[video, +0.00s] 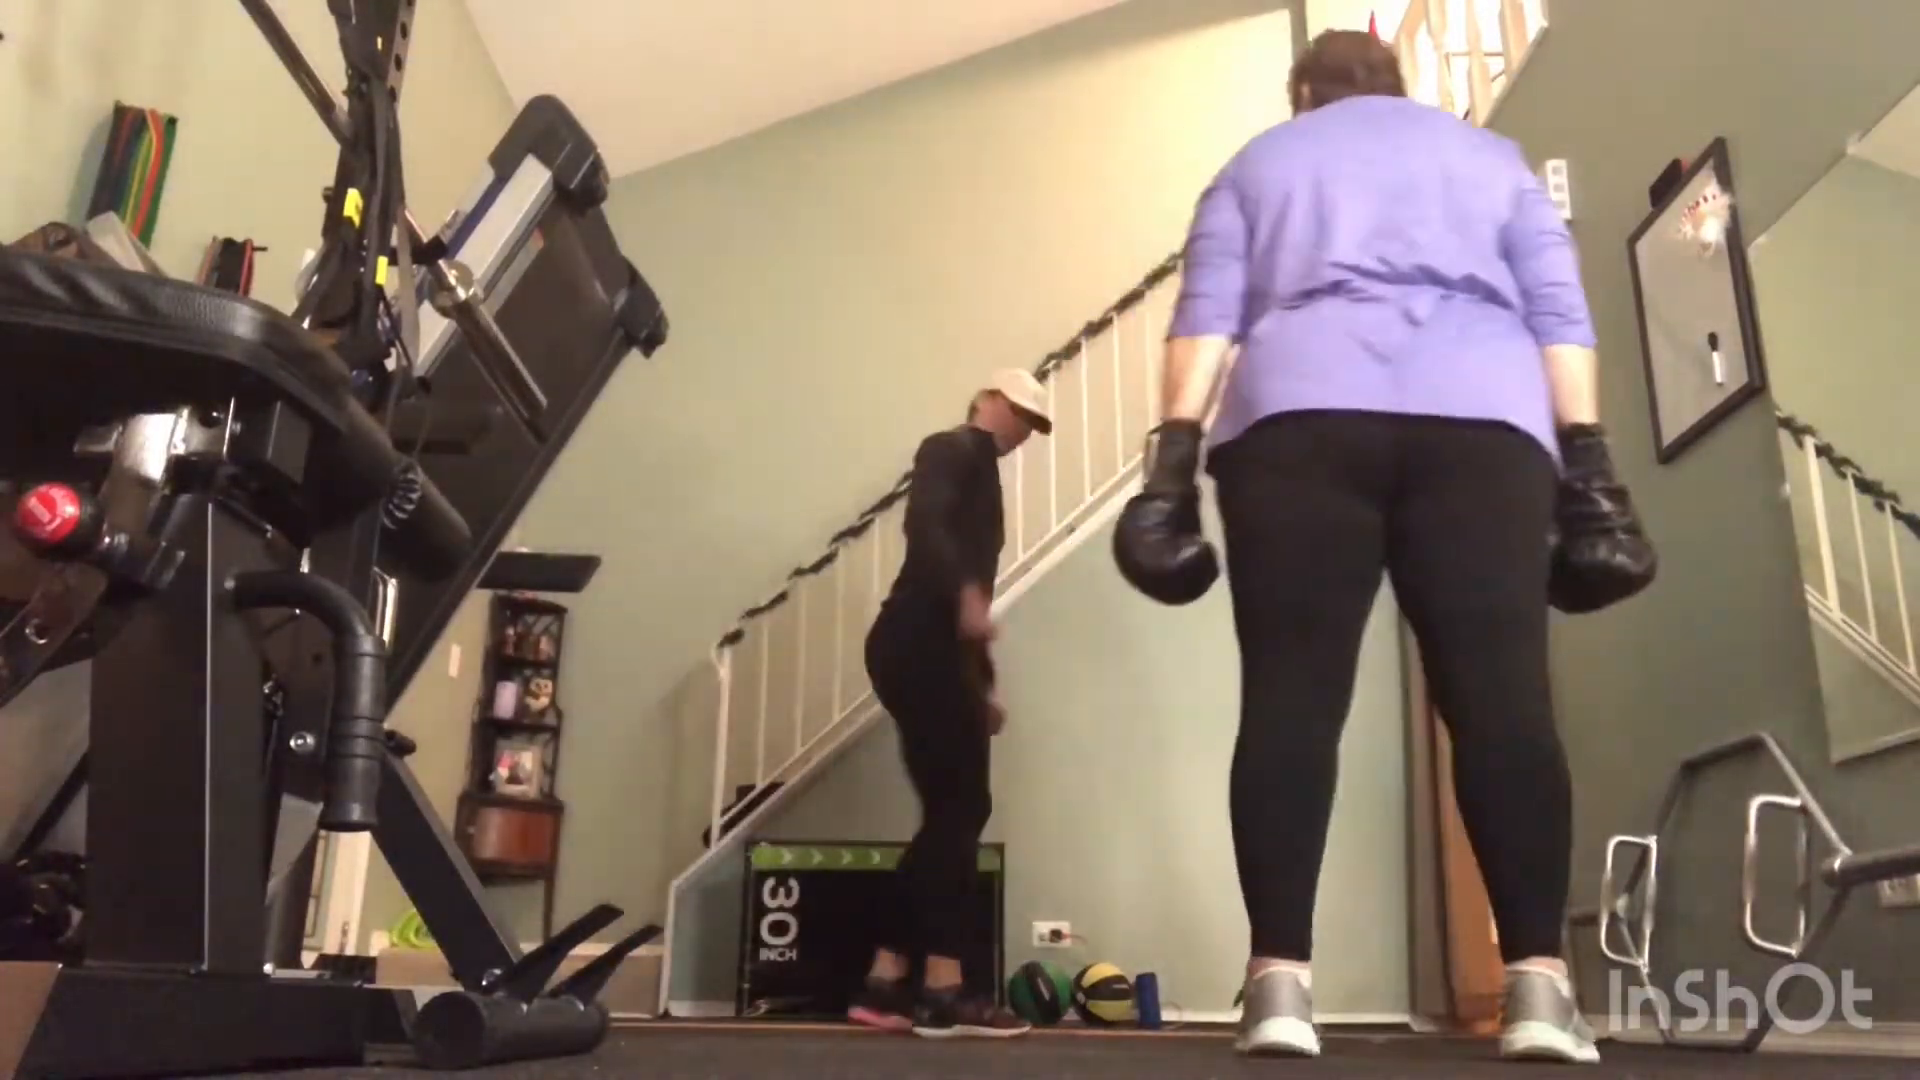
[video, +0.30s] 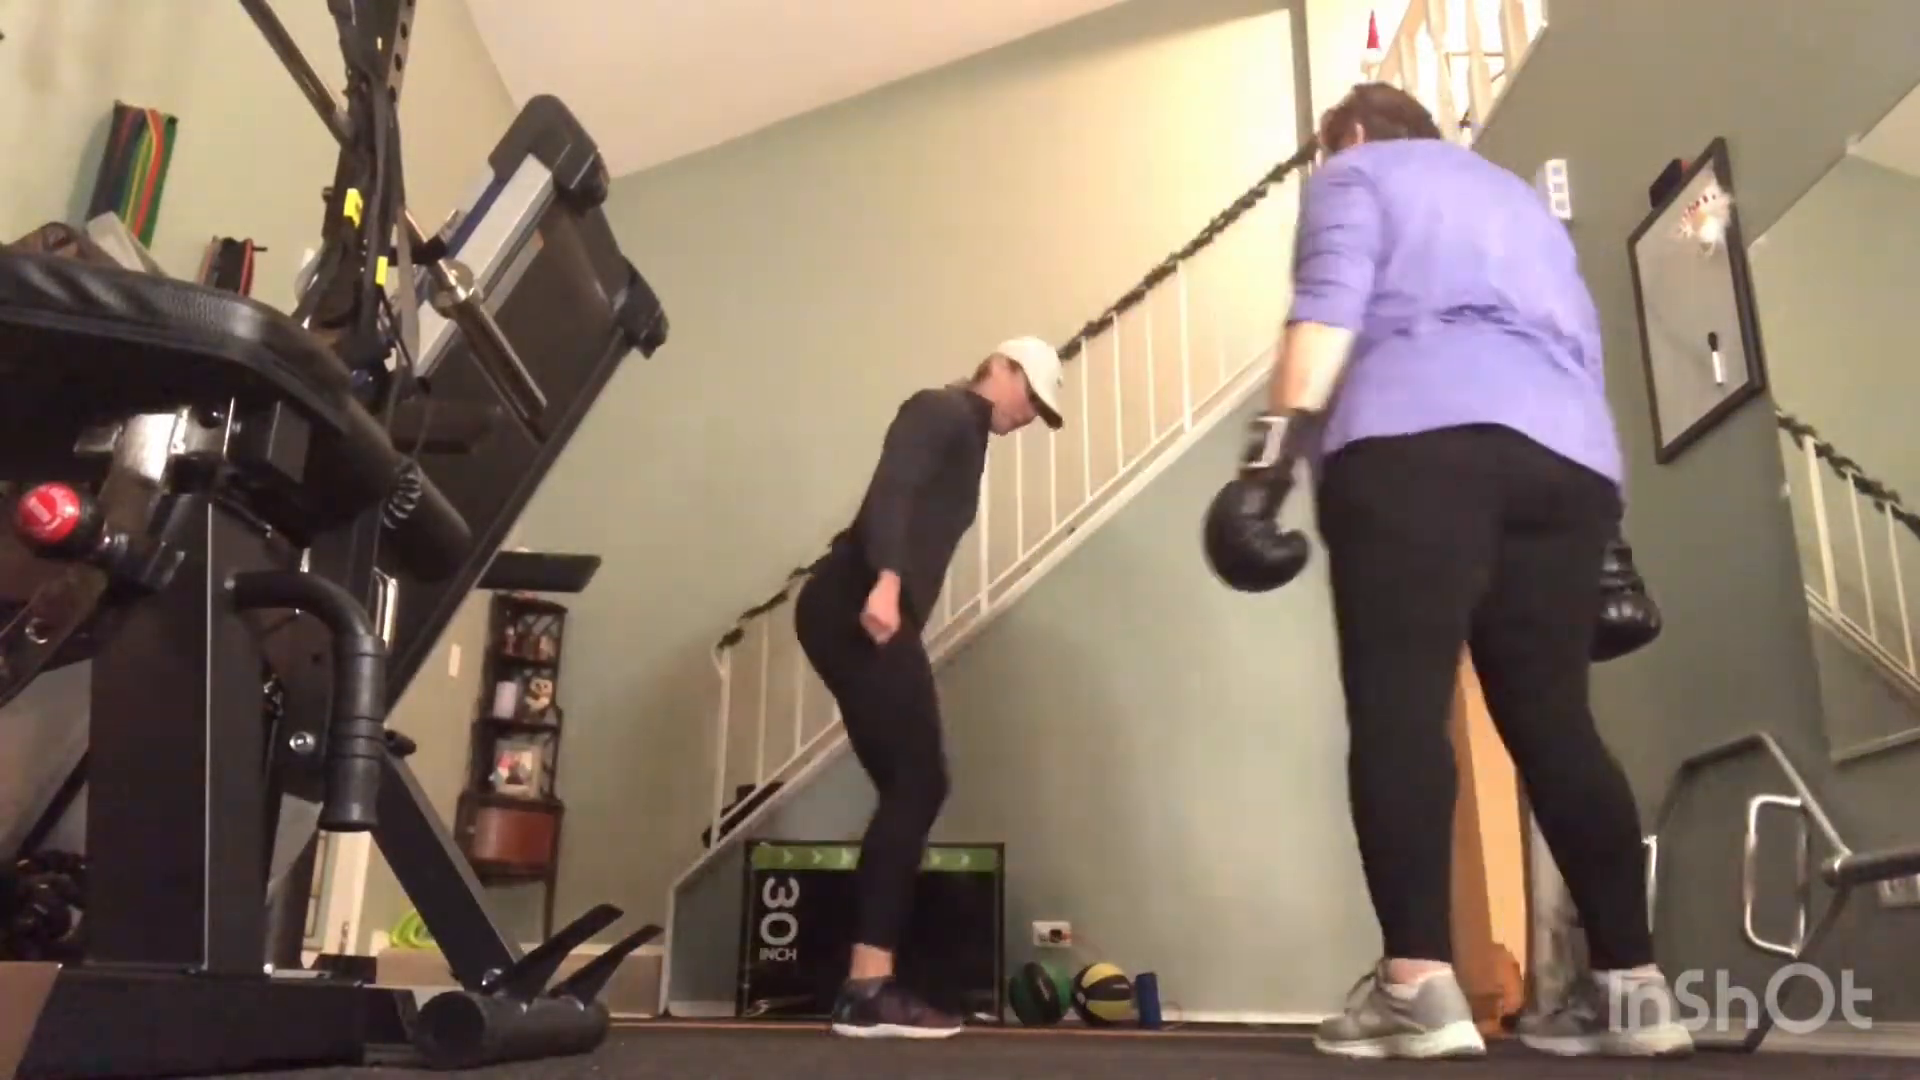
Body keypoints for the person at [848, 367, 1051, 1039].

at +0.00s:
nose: (1027, 434)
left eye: (1033, 426)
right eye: (1023, 419)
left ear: (1005, 416)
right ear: (991, 404)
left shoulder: (985, 477)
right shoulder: (954, 446)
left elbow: (972, 594)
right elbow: (929, 523)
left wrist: (981, 685)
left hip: (935, 644)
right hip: (916, 638)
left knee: (954, 811)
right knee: (962, 806)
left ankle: (887, 979)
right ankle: (942, 986)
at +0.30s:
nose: (1028, 417)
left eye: (1037, 410)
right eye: (1031, 400)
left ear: (1011, 384)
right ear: (1002, 371)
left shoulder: (963, 433)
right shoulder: (943, 409)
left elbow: (913, 515)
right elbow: (893, 488)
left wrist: (903, 600)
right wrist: (887, 581)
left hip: (866, 605)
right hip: (859, 602)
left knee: (914, 784)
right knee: (917, 782)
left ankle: (872, 982)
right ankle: (867, 984)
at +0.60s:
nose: (1037, 281)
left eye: (1041, 272)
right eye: (1022, 264)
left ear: (1018, 284)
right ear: (978, 268)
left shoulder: (979, 346)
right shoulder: (960, 325)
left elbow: (950, 465)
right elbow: (947, 434)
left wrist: (950, 589)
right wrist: (964, 546)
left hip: (899, 549)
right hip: (878, 540)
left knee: (948, 757)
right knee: (928, 751)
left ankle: (894, 966)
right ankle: (864, 975)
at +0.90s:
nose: (993, 403)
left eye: (1000, 398)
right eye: (981, 389)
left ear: (994, 416)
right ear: (945, 393)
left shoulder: (942, 473)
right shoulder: (924, 438)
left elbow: (955, 593)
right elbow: (920, 520)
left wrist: (996, 548)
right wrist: (981, 506)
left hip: (845, 631)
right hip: (857, 623)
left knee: (899, 798)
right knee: (924, 785)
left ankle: (853, 971)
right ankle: (857, 967)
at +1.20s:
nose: (1020, 398)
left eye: (1026, 389)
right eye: (1014, 381)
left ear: (1013, 402)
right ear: (979, 377)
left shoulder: (951, 473)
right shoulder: (937, 408)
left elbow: (964, 574)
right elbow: (918, 357)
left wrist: (999, 501)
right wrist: (1002, 381)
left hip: (850, 604)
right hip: (843, 588)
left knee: (917, 783)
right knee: (921, 779)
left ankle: (864, 983)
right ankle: (861, 985)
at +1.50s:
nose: (1064, 265)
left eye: (1075, 260)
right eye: (1058, 243)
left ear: (1068, 282)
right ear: (1020, 237)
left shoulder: (976, 363)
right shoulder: (967, 259)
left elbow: (1004, 474)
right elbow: (960, 155)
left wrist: (1048, 382)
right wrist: (1020, 230)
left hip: (828, 514)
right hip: (854, 476)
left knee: (958, 733)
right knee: (1020, 692)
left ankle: (880, 975)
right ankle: (894, 947)